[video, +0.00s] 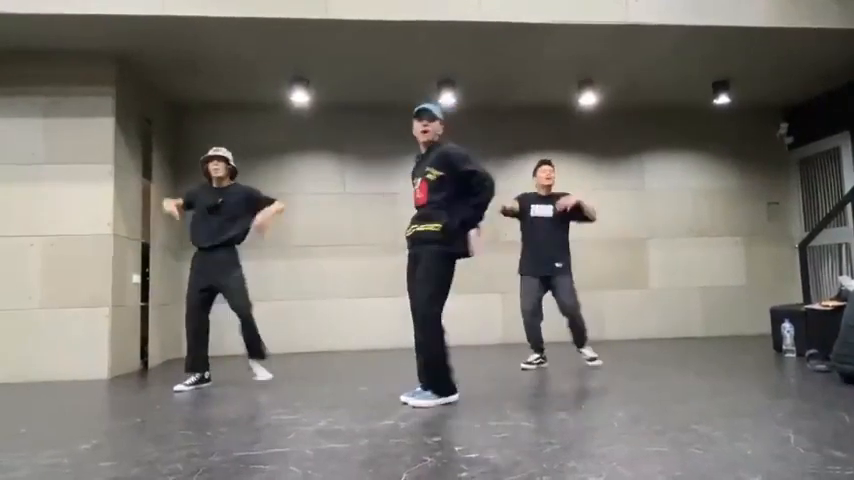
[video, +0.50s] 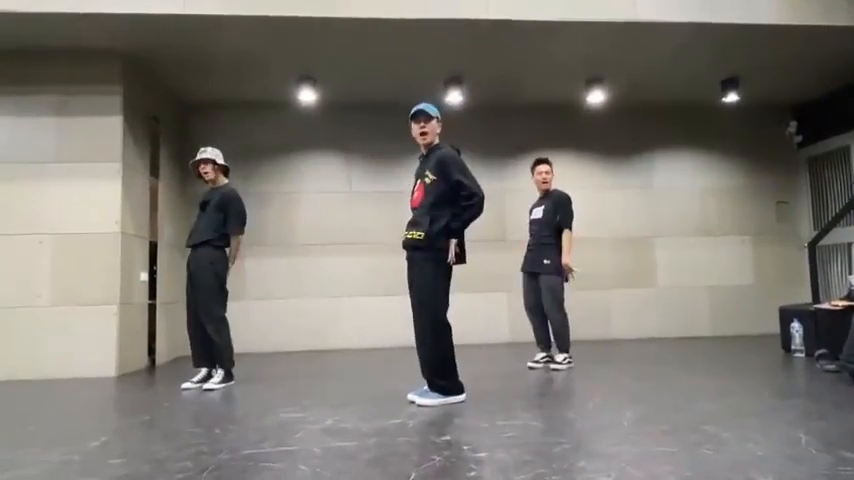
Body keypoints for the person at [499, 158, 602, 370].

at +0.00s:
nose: (548, 174)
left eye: (551, 171)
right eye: (543, 171)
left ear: (555, 176)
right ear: (535, 177)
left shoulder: (564, 201)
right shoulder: (525, 200)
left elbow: (591, 217)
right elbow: (511, 209)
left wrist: (577, 203)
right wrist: (508, 208)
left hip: (559, 267)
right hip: (531, 269)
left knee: (571, 307)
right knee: (529, 311)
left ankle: (582, 346)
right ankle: (538, 353)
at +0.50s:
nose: (544, 176)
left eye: (547, 172)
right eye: (540, 173)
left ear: (553, 175)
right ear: (533, 178)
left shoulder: (561, 198)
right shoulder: (536, 204)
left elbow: (566, 229)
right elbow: (535, 236)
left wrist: (566, 258)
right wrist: (530, 258)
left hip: (551, 263)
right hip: (531, 263)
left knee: (553, 308)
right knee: (533, 308)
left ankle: (564, 353)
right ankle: (544, 351)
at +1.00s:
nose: (549, 172)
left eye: (552, 167)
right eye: (545, 168)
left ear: (559, 170)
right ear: (539, 173)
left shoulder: (570, 194)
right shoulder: (542, 202)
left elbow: (593, 218)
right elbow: (539, 231)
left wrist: (579, 246)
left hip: (562, 258)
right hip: (541, 257)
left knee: (565, 305)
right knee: (517, 284)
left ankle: (570, 352)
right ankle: (540, 324)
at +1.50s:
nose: (542, 169)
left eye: (546, 165)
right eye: (538, 165)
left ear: (552, 169)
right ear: (532, 170)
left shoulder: (564, 194)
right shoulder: (529, 197)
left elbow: (587, 220)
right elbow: (521, 224)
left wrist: (575, 246)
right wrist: (541, 212)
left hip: (559, 256)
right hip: (535, 258)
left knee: (566, 304)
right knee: (524, 302)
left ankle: (575, 349)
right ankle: (516, 346)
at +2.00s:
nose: (511, 175)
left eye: (515, 171)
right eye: (507, 172)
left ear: (523, 174)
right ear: (503, 178)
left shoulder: (539, 196)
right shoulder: (506, 205)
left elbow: (555, 225)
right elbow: (506, 235)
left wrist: (547, 251)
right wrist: (514, 222)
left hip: (536, 255)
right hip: (514, 257)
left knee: (536, 303)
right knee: (505, 301)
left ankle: (571, 337)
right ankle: (513, 346)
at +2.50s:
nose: (516, 173)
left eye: (519, 168)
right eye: (512, 170)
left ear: (527, 171)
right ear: (508, 174)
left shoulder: (542, 190)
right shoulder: (512, 200)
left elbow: (563, 217)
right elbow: (514, 230)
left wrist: (555, 245)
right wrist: (518, 219)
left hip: (542, 253)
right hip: (520, 256)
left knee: (548, 297)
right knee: (510, 298)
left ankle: (574, 339)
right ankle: (516, 342)